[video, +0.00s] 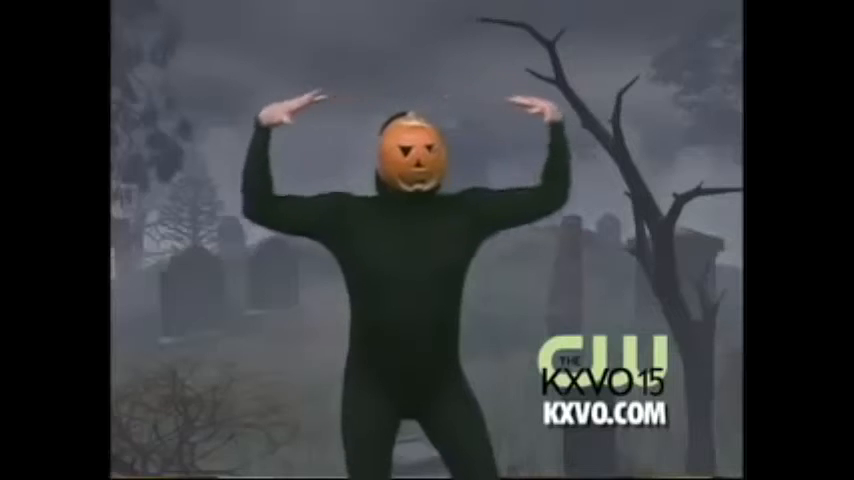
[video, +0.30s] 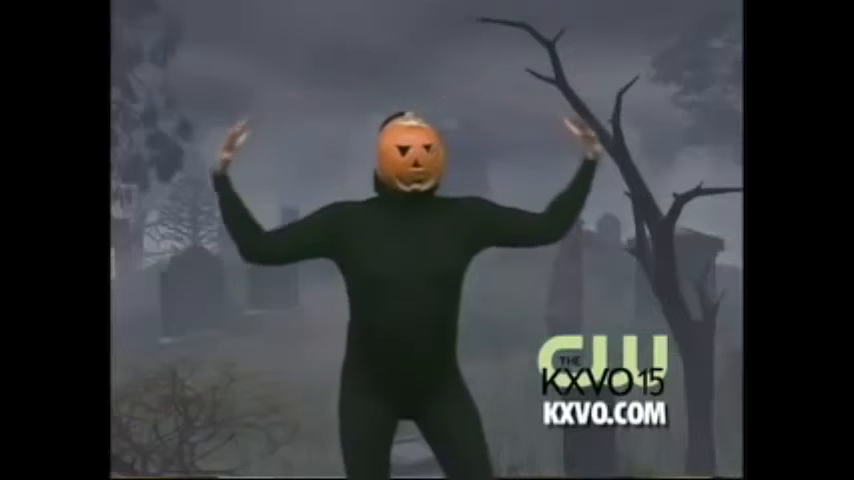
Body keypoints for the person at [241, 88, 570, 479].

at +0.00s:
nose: (418, 157)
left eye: (429, 148)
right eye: (403, 148)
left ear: (445, 161)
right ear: (380, 163)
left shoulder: (468, 212)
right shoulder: (345, 215)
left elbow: (551, 195)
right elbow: (260, 206)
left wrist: (556, 126)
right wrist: (262, 129)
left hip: (443, 384)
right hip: (371, 388)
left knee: (482, 472)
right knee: (367, 474)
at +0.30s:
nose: (415, 155)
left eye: (426, 146)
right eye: (401, 145)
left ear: (442, 160)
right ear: (379, 162)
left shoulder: (468, 218)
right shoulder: (346, 222)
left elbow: (549, 226)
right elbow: (258, 248)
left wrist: (589, 161)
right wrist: (222, 178)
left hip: (440, 387)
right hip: (367, 390)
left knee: (477, 472)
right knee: (366, 474)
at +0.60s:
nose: (407, 156)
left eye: (418, 148)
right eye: (393, 149)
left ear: (435, 162)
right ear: (374, 164)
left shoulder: (461, 223)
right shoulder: (343, 228)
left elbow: (539, 249)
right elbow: (271, 282)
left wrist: (606, 204)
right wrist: (198, 243)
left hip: (437, 387)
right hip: (364, 389)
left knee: (472, 475)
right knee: (362, 479)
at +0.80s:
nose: (401, 154)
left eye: (411, 147)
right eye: (388, 148)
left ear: (427, 162)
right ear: (369, 164)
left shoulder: (453, 224)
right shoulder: (340, 230)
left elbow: (527, 262)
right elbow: (278, 299)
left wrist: (602, 239)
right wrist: (197, 297)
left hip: (434, 388)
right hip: (363, 391)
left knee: (469, 472)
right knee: (361, 475)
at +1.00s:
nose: (394, 158)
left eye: (405, 148)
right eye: (381, 151)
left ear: (422, 161)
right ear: (362, 164)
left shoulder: (446, 223)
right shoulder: (333, 235)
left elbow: (508, 277)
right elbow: (291, 315)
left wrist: (581, 282)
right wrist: (227, 364)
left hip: (432, 387)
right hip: (361, 392)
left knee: (462, 472)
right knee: (360, 475)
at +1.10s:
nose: (394, 160)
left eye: (405, 149)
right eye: (380, 150)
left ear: (421, 157)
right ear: (358, 161)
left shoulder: (439, 215)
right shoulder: (338, 231)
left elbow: (473, 275)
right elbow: (319, 324)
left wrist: (509, 319)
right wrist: (300, 391)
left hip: (432, 384)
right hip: (364, 389)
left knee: (449, 472)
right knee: (364, 473)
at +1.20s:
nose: (395, 148)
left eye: (405, 137)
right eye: (380, 140)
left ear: (419, 147)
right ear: (356, 152)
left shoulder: (435, 210)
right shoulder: (343, 224)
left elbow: (439, 289)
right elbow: (352, 307)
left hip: (432, 363)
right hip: (367, 367)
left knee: (451, 466)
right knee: (369, 466)